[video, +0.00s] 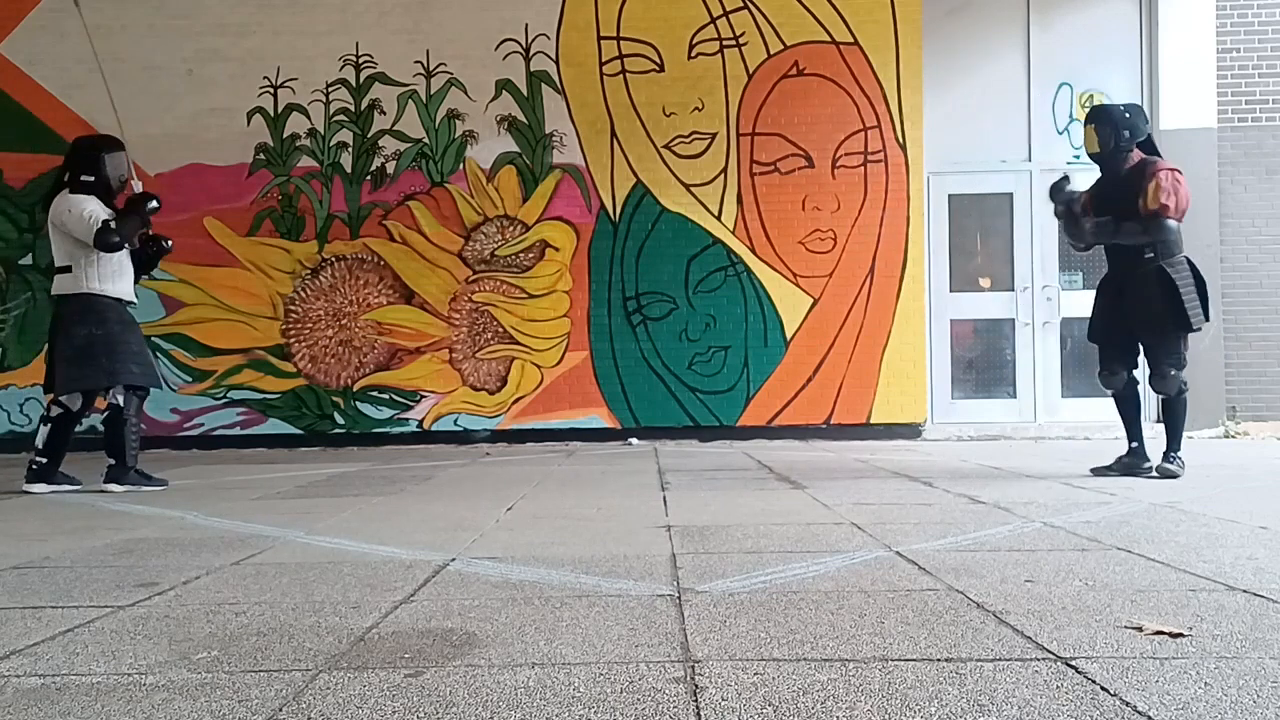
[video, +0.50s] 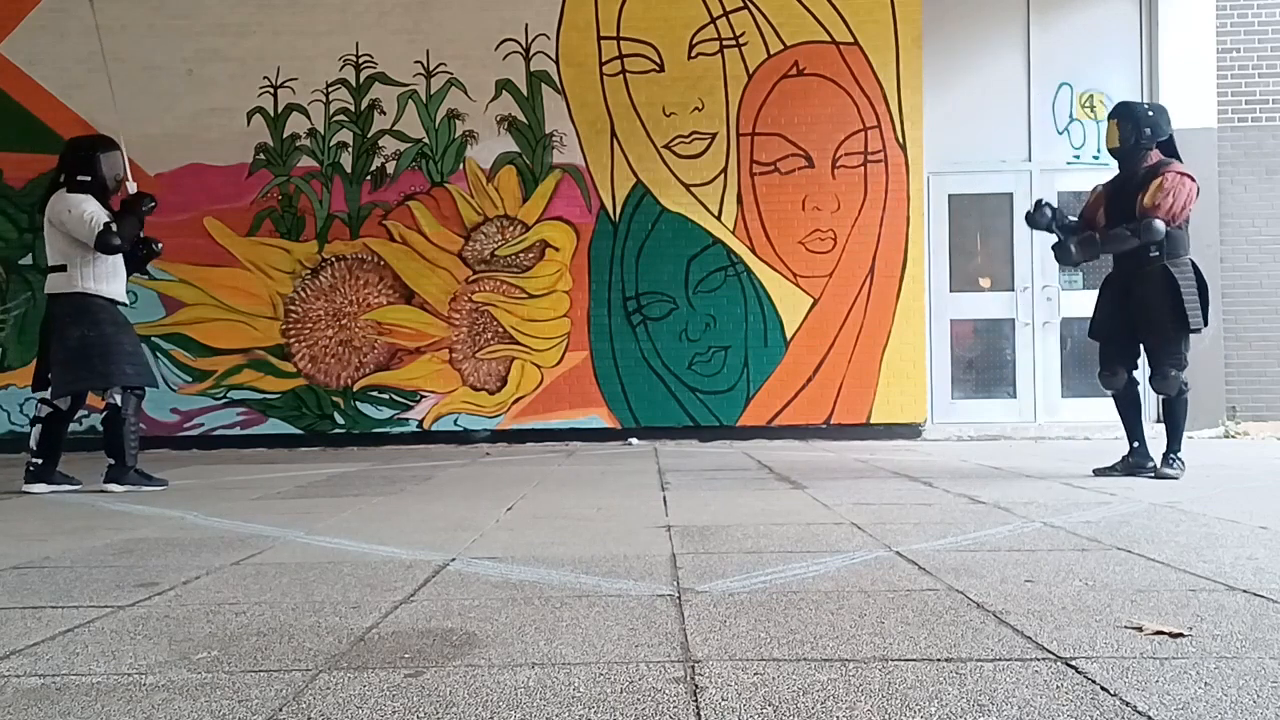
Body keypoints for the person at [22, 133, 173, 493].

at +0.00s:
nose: (124, 174)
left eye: (123, 166)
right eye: (118, 166)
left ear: (86, 169)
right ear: (98, 167)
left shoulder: (101, 209)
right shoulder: (72, 202)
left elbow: (120, 270)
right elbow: (108, 237)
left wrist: (151, 254)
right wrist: (138, 211)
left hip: (91, 307)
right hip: (92, 306)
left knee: (74, 392)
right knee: (131, 383)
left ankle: (43, 469)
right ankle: (123, 468)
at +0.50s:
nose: (119, 174)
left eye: (118, 165)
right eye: (113, 165)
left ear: (79, 167)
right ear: (93, 166)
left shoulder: (88, 206)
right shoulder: (72, 202)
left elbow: (101, 268)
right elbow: (111, 238)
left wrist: (138, 258)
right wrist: (134, 210)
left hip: (73, 306)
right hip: (88, 306)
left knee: (66, 391)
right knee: (129, 382)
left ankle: (41, 470)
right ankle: (124, 468)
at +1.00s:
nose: (159, 182)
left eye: (156, 173)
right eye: (152, 174)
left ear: (111, 179)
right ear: (134, 179)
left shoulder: (89, 216)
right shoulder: (134, 218)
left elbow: (66, 269)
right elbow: (154, 278)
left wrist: (105, 282)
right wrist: (174, 305)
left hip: (91, 322)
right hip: (125, 323)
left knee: (85, 397)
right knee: (173, 380)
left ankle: (43, 470)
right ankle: (200, 460)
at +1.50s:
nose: (273, 185)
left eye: (272, 177)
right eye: (268, 177)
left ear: (225, 177)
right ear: (253, 178)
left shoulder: (204, 212)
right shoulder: (255, 218)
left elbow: (173, 264)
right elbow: (268, 282)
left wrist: (209, 277)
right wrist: (282, 283)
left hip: (199, 312)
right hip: (232, 315)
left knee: (265, 376)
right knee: (255, 392)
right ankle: (218, 468)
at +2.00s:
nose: (360, 195)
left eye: (357, 187)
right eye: (352, 188)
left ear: (323, 198)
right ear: (332, 196)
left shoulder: (311, 231)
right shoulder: (328, 237)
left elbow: (326, 296)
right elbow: (330, 298)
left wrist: (362, 323)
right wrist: (375, 322)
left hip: (301, 330)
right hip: (317, 331)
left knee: (340, 401)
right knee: (372, 384)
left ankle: (292, 462)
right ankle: (398, 460)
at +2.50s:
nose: (425, 174)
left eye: (422, 165)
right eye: (419, 166)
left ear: (376, 173)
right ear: (406, 173)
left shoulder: (357, 212)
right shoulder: (406, 215)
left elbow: (354, 272)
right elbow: (414, 282)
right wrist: (443, 326)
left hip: (347, 314)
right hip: (387, 316)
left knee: (357, 392)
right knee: (445, 381)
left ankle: (332, 461)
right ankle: (419, 466)